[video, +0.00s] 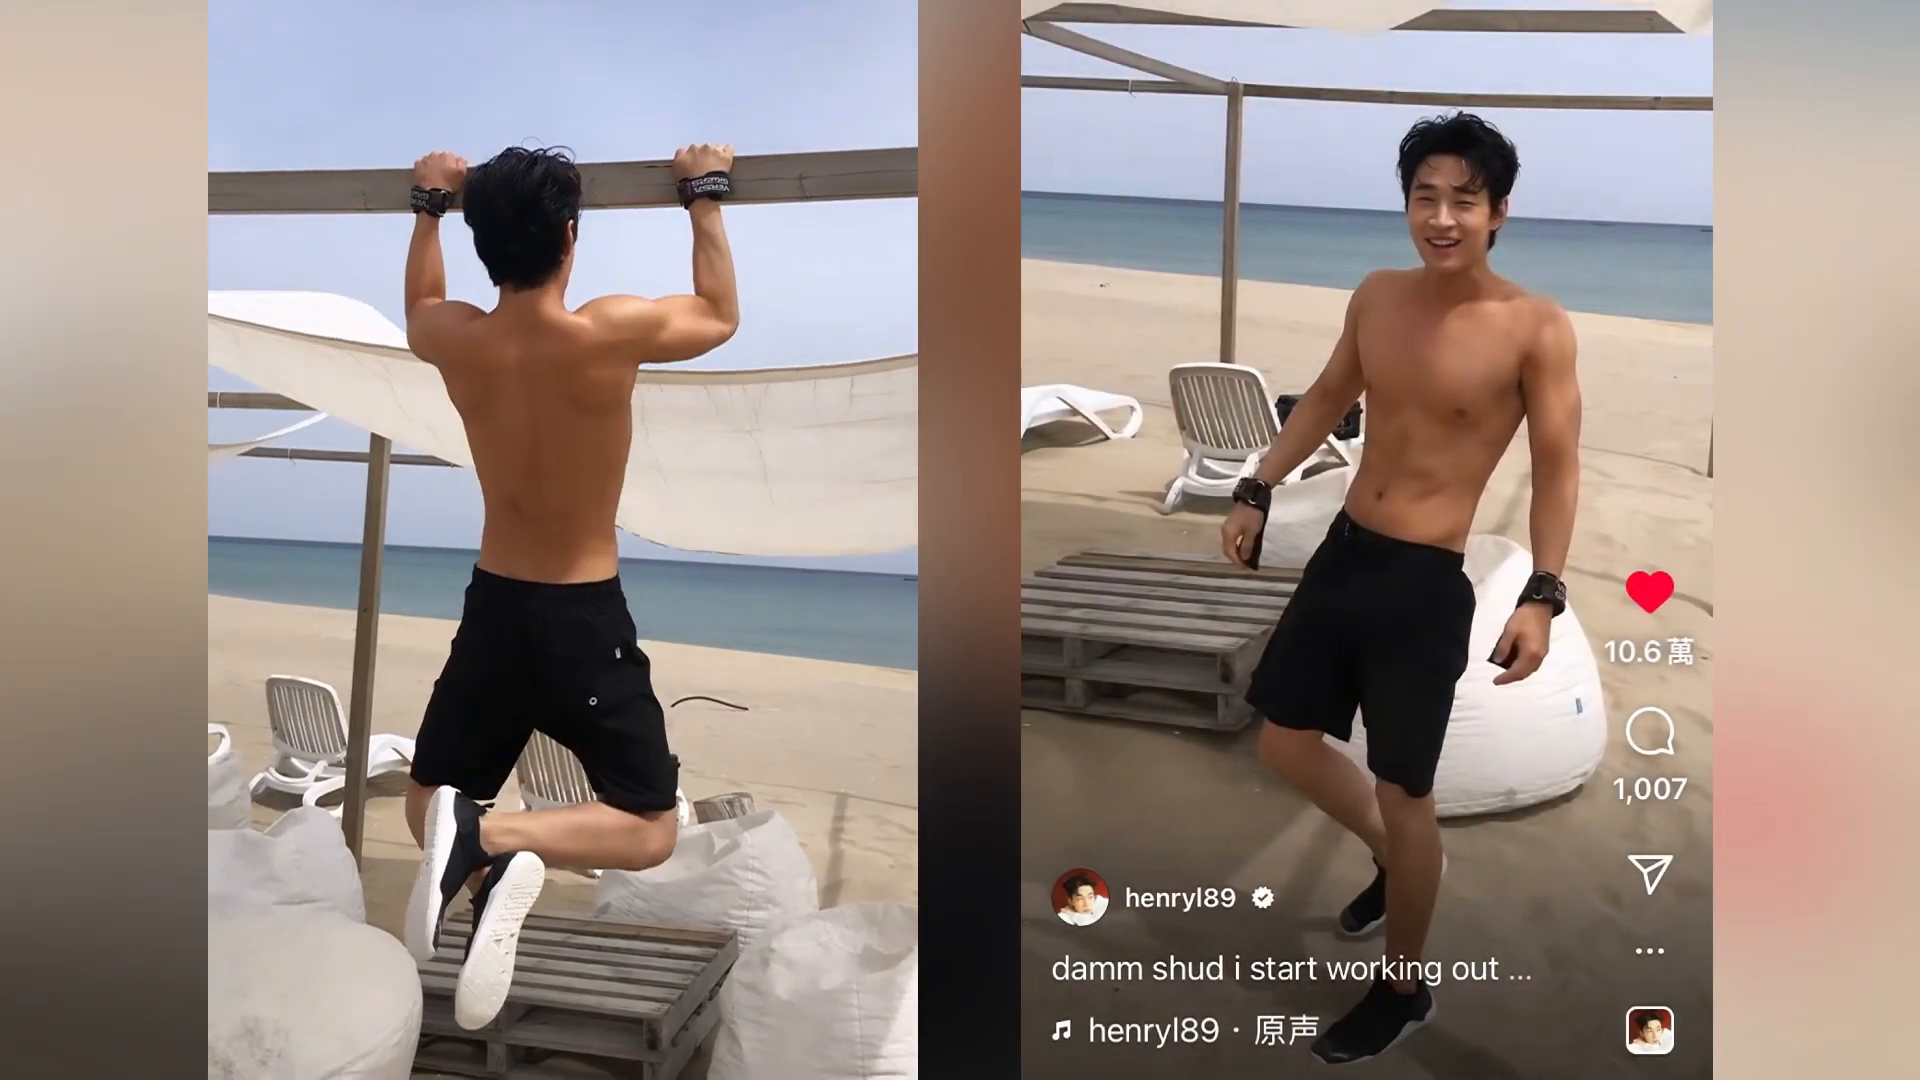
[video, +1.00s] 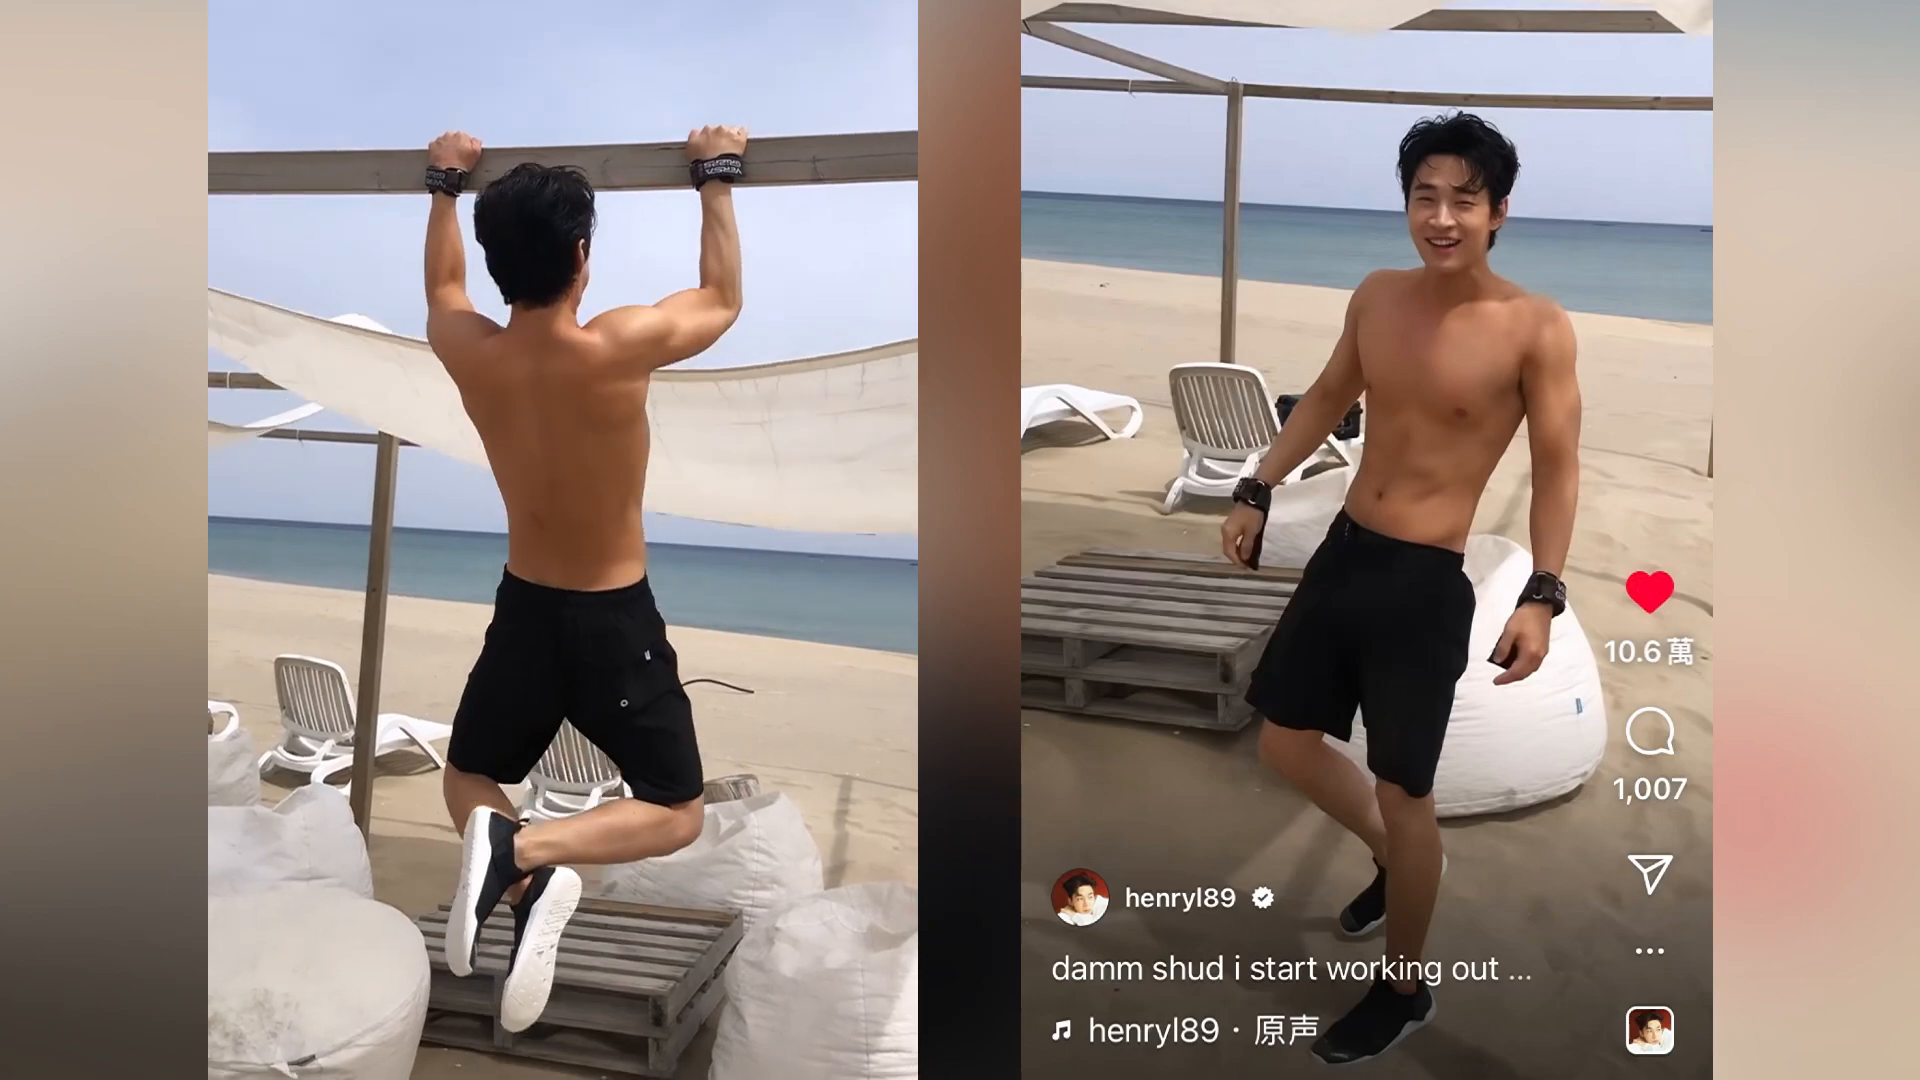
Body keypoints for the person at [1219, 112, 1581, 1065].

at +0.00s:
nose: (1440, 216)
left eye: (1462, 198)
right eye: (1424, 197)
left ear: (1498, 210)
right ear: (1406, 208)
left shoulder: (1534, 328)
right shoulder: (1378, 297)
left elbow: (1556, 468)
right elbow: (1329, 398)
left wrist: (1540, 595)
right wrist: (1256, 484)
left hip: (1427, 579)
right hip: (1345, 554)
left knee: (1402, 799)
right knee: (1284, 742)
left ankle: (1402, 981)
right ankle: (1398, 847)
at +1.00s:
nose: (1440, 216)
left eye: (1462, 198)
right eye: (1424, 197)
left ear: (1498, 210)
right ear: (1406, 208)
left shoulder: (1535, 328)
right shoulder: (1378, 296)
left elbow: (1556, 468)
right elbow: (1330, 398)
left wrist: (1540, 595)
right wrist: (1255, 484)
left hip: (1426, 579)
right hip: (1345, 553)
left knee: (1402, 799)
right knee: (1284, 742)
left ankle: (1403, 981)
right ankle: (1398, 847)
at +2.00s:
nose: (1440, 216)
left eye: (1462, 198)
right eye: (1424, 197)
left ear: (1498, 210)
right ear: (1406, 208)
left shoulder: (1535, 328)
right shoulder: (1378, 296)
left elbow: (1556, 468)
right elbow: (1330, 398)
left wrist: (1540, 595)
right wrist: (1255, 484)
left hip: (1426, 579)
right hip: (1345, 553)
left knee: (1402, 799)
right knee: (1284, 742)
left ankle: (1403, 981)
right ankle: (1398, 847)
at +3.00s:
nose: (1440, 216)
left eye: (1462, 198)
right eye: (1424, 197)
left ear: (1498, 210)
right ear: (1406, 207)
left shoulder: (1535, 328)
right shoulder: (1378, 296)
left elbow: (1556, 468)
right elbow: (1330, 397)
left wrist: (1541, 595)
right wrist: (1255, 484)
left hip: (1426, 579)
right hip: (1344, 553)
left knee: (1403, 799)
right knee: (1285, 742)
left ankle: (1403, 981)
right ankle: (1399, 847)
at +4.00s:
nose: (1440, 216)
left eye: (1462, 198)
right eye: (1424, 197)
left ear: (1498, 210)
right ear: (1406, 208)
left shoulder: (1535, 328)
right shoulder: (1378, 296)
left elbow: (1556, 468)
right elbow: (1330, 398)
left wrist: (1540, 595)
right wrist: (1255, 484)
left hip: (1426, 579)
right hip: (1345, 553)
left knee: (1402, 799)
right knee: (1284, 742)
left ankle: (1403, 981)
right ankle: (1398, 847)